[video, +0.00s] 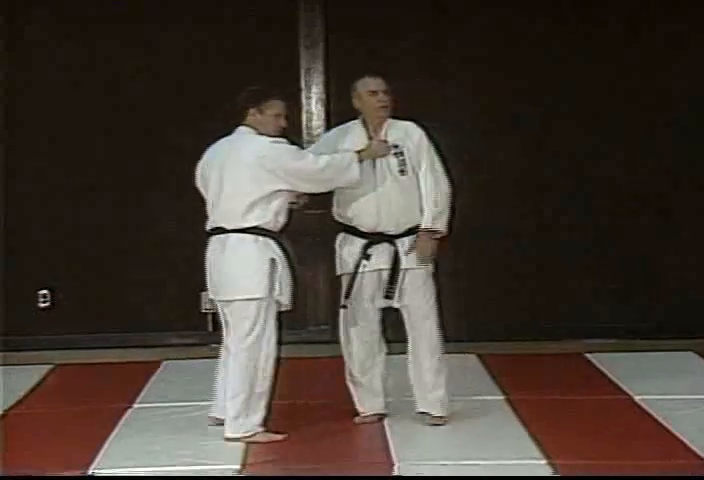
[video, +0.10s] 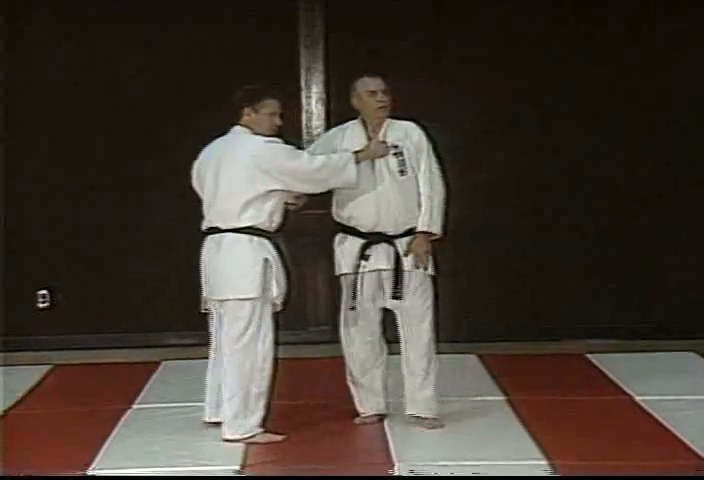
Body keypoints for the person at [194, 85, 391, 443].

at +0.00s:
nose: (283, 124)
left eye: (284, 117)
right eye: (277, 117)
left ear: (248, 117)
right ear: (254, 115)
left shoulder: (214, 153)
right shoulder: (269, 151)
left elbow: (208, 189)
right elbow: (316, 169)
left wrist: (277, 196)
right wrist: (362, 155)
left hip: (219, 250)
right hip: (252, 252)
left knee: (234, 338)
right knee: (252, 342)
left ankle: (223, 409)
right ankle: (243, 425)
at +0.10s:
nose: (279, 122)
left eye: (279, 115)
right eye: (272, 116)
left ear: (244, 117)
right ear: (249, 114)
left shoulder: (210, 152)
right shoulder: (262, 150)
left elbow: (210, 192)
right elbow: (312, 168)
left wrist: (279, 200)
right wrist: (363, 155)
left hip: (214, 250)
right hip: (247, 252)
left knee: (222, 339)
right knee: (247, 343)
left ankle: (217, 411)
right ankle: (242, 425)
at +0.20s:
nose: (274, 121)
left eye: (275, 114)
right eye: (268, 114)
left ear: (239, 116)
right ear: (244, 113)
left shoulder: (207, 151)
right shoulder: (259, 150)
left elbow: (198, 184)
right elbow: (309, 169)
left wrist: (276, 198)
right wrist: (363, 155)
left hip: (209, 251)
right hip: (243, 254)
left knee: (218, 339)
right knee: (245, 343)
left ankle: (215, 412)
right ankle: (242, 426)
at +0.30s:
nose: (270, 120)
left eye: (271, 113)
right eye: (264, 113)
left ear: (236, 116)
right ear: (240, 113)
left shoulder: (204, 149)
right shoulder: (257, 150)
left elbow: (194, 183)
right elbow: (305, 170)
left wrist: (271, 196)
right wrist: (362, 157)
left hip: (205, 250)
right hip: (240, 254)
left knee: (214, 339)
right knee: (243, 344)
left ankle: (212, 412)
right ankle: (241, 426)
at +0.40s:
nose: (266, 120)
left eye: (266, 113)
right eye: (260, 113)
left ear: (233, 116)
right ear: (236, 113)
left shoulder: (201, 149)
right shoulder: (253, 150)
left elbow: (188, 180)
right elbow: (303, 169)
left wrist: (267, 193)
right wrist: (361, 156)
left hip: (203, 251)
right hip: (237, 255)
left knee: (214, 340)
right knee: (244, 344)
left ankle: (213, 411)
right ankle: (241, 425)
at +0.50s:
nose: (262, 118)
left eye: (263, 111)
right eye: (256, 111)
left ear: (231, 114)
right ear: (233, 111)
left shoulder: (198, 148)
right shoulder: (248, 150)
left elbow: (189, 182)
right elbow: (299, 169)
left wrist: (266, 193)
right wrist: (359, 157)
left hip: (201, 251)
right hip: (235, 254)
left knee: (215, 339)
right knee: (251, 342)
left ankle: (214, 411)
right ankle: (242, 424)